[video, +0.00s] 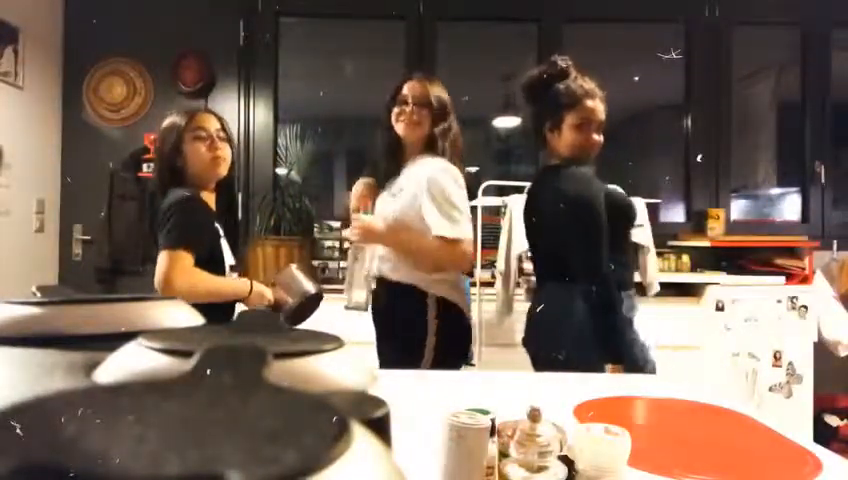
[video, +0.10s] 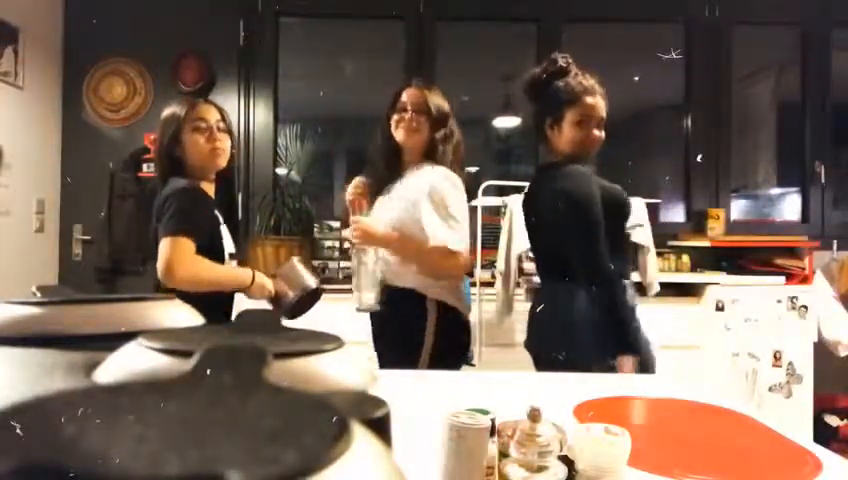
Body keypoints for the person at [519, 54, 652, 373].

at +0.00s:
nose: (595, 138)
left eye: (599, 128)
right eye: (582, 126)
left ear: (606, 128)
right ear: (552, 131)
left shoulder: (541, 187)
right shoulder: (584, 188)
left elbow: (547, 271)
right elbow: (599, 283)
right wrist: (633, 356)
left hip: (546, 320)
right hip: (583, 327)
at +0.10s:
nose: (596, 133)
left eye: (600, 125)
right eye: (582, 123)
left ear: (607, 127)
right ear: (552, 128)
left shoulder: (539, 187)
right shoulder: (582, 186)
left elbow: (552, 271)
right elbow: (601, 274)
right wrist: (631, 346)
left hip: (551, 322)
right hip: (593, 329)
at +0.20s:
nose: (597, 138)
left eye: (602, 129)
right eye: (583, 126)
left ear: (608, 130)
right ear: (553, 130)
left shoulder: (541, 185)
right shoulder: (580, 190)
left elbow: (550, 270)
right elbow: (600, 278)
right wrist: (634, 352)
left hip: (547, 320)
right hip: (586, 328)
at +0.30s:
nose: (598, 141)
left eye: (604, 132)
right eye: (585, 130)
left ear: (609, 132)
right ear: (555, 132)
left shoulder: (542, 185)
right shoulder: (580, 192)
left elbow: (548, 269)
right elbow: (599, 280)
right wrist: (633, 355)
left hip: (544, 322)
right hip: (583, 330)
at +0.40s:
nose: (600, 135)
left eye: (605, 126)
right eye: (586, 123)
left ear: (612, 129)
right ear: (557, 126)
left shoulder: (544, 184)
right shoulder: (580, 189)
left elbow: (560, 271)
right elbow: (600, 281)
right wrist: (637, 357)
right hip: (590, 332)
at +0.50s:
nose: (599, 135)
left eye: (603, 125)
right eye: (584, 123)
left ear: (611, 128)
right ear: (555, 129)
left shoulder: (544, 186)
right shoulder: (591, 194)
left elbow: (557, 272)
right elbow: (606, 286)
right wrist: (640, 357)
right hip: (593, 332)